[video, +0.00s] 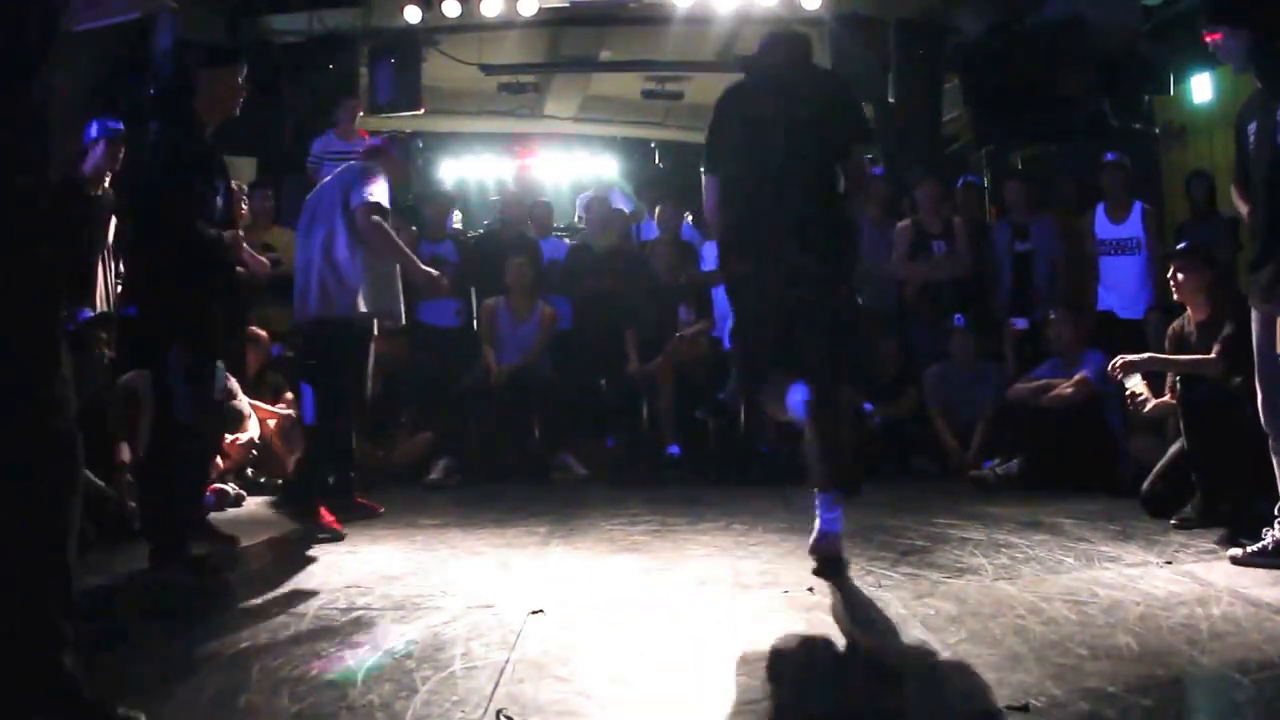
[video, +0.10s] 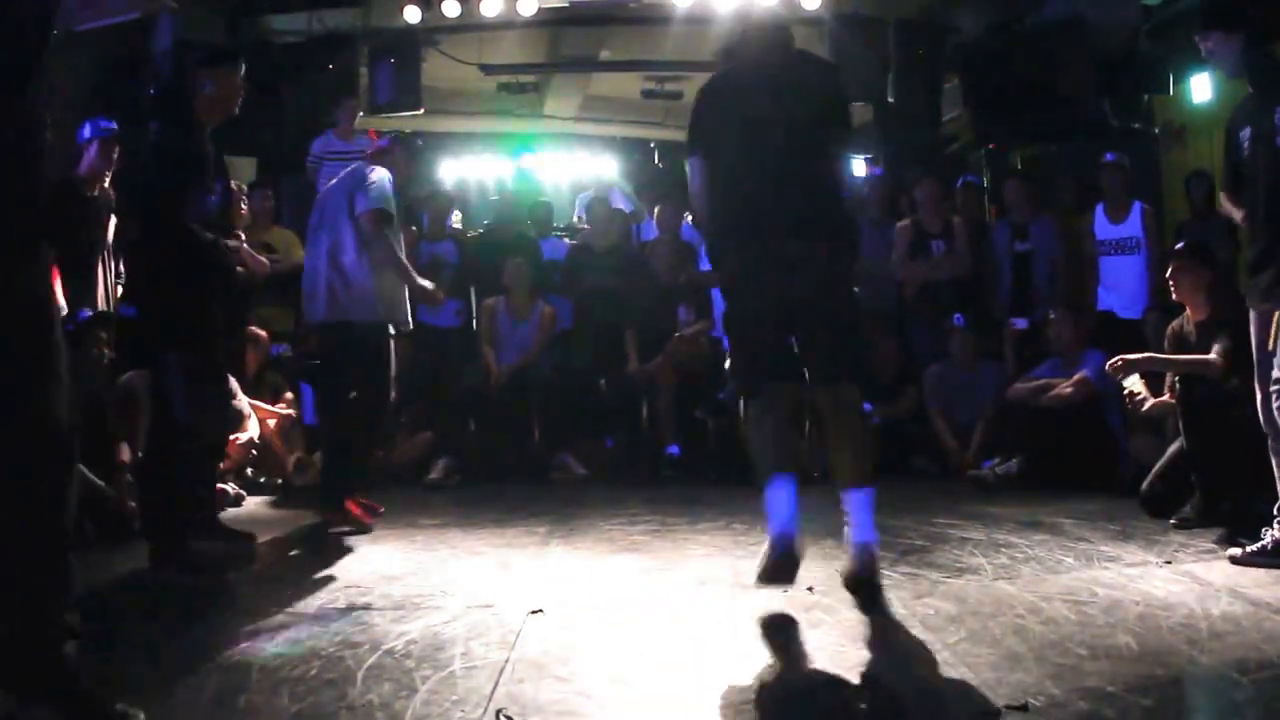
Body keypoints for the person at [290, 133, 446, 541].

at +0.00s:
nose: (404, 175)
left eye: (405, 168)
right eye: (403, 166)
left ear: (375, 151)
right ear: (390, 155)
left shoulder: (325, 187)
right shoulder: (371, 172)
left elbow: (310, 245)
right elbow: (369, 220)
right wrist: (420, 269)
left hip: (317, 308)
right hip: (345, 309)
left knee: (337, 407)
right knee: (338, 407)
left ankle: (343, 489)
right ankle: (307, 496)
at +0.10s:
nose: (411, 170)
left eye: (412, 163)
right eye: (410, 161)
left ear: (380, 149)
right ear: (393, 152)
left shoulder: (335, 185)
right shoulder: (375, 174)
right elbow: (374, 227)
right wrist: (415, 280)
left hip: (332, 309)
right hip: (362, 309)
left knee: (340, 406)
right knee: (372, 403)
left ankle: (343, 491)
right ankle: (341, 493)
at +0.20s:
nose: (414, 167)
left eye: (415, 158)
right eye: (411, 157)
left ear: (381, 149)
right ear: (394, 152)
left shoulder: (348, 183)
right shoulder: (381, 177)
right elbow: (379, 232)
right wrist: (398, 300)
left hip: (340, 313)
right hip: (372, 314)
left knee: (343, 409)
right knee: (393, 403)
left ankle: (342, 496)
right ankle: (381, 488)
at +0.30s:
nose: (431, 170)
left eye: (434, 161)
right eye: (428, 158)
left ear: (399, 149)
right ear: (406, 148)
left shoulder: (367, 185)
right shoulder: (388, 186)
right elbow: (382, 242)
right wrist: (386, 305)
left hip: (355, 319)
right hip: (382, 322)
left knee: (347, 411)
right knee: (408, 411)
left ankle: (339, 495)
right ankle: (423, 491)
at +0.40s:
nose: (439, 168)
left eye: (440, 158)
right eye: (435, 157)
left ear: (411, 152)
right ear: (413, 151)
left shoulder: (378, 191)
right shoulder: (398, 192)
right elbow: (384, 254)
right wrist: (382, 317)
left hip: (372, 323)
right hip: (399, 325)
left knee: (360, 414)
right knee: (423, 412)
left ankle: (342, 492)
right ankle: (441, 489)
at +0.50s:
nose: (452, 166)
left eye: (454, 157)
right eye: (447, 155)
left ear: (424, 154)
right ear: (420, 151)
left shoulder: (393, 191)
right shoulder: (406, 193)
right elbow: (387, 255)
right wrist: (385, 318)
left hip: (394, 325)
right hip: (410, 327)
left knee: (378, 412)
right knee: (434, 413)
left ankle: (355, 486)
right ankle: (442, 489)